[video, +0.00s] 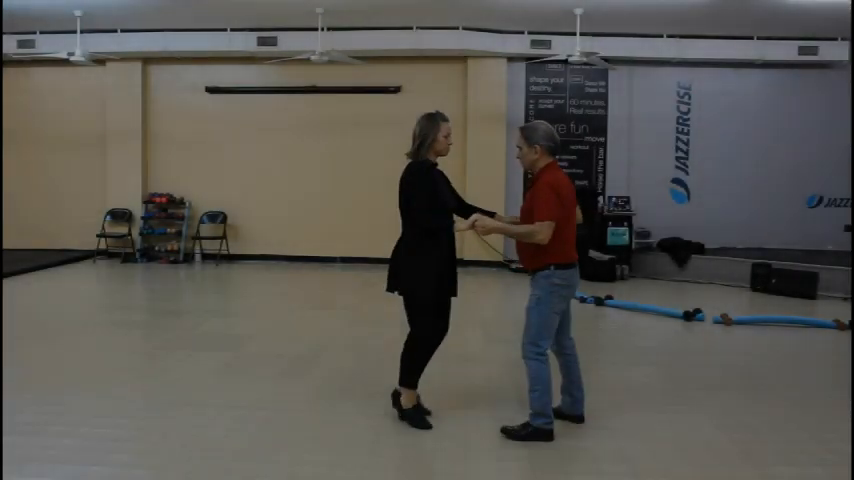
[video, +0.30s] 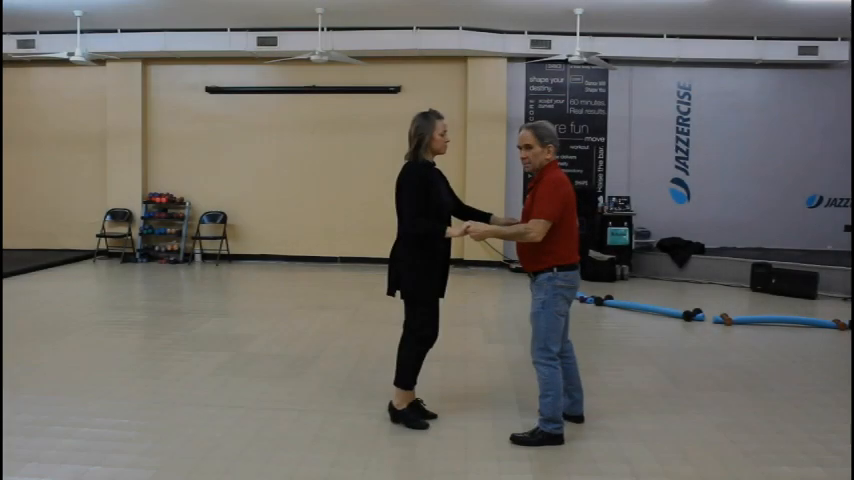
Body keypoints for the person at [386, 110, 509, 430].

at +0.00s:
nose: (450, 142)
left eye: (450, 136)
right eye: (445, 136)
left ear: (436, 137)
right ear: (429, 137)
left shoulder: (434, 173)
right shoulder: (417, 174)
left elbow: (462, 207)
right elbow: (424, 224)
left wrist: (502, 220)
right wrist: (463, 226)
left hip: (434, 267)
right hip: (417, 268)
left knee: (436, 328)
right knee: (424, 329)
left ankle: (407, 391)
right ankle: (406, 397)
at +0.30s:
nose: (447, 139)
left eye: (446, 133)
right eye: (442, 134)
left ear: (428, 138)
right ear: (425, 137)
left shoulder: (432, 174)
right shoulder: (413, 174)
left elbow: (458, 210)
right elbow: (413, 225)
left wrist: (502, 222)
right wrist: (450, 232)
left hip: (428, 268)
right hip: (415, 269)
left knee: (423, 332)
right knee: (420, 332)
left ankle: (406, 398)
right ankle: (399, 403)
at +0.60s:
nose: (443, 138)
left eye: (443, 132)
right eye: (438, 133)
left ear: (424, 137)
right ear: (420, 135)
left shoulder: (426, 173)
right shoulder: (411, 174)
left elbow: (451, 212)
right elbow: (422, 221)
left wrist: (494, 224)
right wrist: (461, 218)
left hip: (424, 270)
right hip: (410, 271)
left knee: (424, 331)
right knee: (417, 333)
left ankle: (408, 398)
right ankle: (399, 407)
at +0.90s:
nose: (437, 140)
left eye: (437, 134)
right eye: (431, 135)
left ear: (427, 137)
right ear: (413, 138)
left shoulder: (422, 172)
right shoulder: (405, 174)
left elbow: (451, 206)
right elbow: (424, 213)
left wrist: (491, 213)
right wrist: (449, 182)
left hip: (428, 270)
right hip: (411, 271)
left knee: (427, 334)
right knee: (411, 335)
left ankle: (408, 401)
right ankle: (399, 407)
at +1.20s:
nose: (433, 134)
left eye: (431, 129)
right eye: (427, 130)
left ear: (419, 136)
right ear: (410, 135)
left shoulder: (422, 172)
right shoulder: (403, 174)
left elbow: (447, 207)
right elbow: (420, 218)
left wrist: (491, 201)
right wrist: (446, 194)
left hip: (423, 271)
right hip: (411, 272)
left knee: (421, 333)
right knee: (425, 335)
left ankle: (405, 401)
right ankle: (402, 405)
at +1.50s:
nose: (435, 136)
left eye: (434, 131)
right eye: (430, 131)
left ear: (415, 136)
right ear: (414, 135)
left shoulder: (416, 170)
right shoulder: (406, 173)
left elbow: (460, 188)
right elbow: (431, 207)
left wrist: (505, 175)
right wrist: (456, 183)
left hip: (418, 269)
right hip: (420, 271)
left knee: (416, 332)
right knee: (433, 335)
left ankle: (403, 402)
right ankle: (416, 407)